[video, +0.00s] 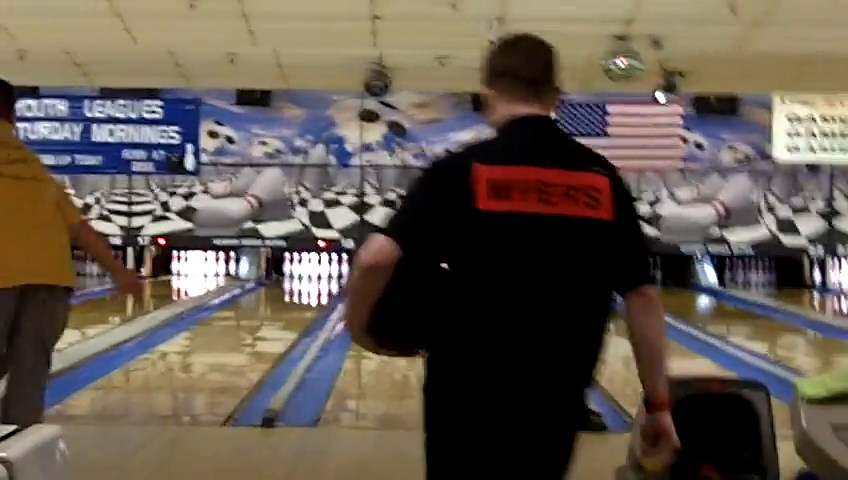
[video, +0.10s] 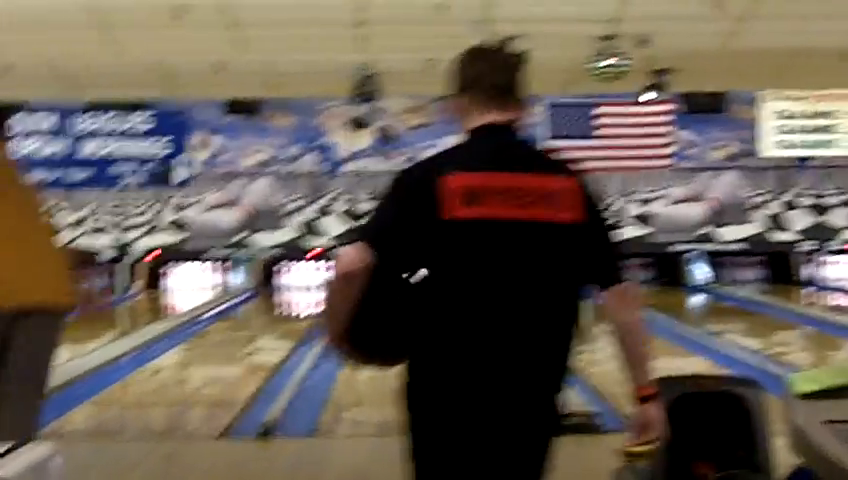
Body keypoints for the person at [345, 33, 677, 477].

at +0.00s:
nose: (489, 103)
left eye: (487, 95)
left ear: (488, 97)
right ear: (555, 98)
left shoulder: (457, 171)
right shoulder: (603, 179)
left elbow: (374, 258)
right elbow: (643, 296)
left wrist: (357, 325)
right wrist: (658, 404)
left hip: (464, 399)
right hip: (555, 405)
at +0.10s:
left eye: (457, 99)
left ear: (461, 104)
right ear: (519, 103)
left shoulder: (426, 180)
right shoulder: (567, 185)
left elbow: (352, 265)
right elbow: (619, 297)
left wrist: (337, 329)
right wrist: (647, 392)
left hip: (444, 397)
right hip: (530, 400)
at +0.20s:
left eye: (406, 115)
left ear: (410, 117)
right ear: (476, 113)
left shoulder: (379, 185)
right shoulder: (523, 188)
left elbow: (304, 270)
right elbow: (575, 294)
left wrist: (288, 339)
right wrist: (608, 390)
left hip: (394, 401)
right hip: (482, 403)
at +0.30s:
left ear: (389, 125)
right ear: (455, 122)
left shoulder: (355, 196)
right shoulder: (497, 200)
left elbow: (285, 277)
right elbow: (548, 305)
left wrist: (264, 342)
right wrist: (581, 399)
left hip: (369, 404)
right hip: (454, 407)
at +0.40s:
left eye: (376, 117)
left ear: (377, 120)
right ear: (442, 121)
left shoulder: (339, 190)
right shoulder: (477, 198)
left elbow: (272, 275)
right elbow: (522, 308)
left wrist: (248, 337)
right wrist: (545, 394)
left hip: (349, 396)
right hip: (433, 400)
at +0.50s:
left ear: (367, 106)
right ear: (432, 109)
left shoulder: (325, 177)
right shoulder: (461, 187)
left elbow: (256, 267)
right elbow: (497, 301)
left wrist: (240, 319)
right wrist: (506, 383)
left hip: (333, 392)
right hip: (419, 397)